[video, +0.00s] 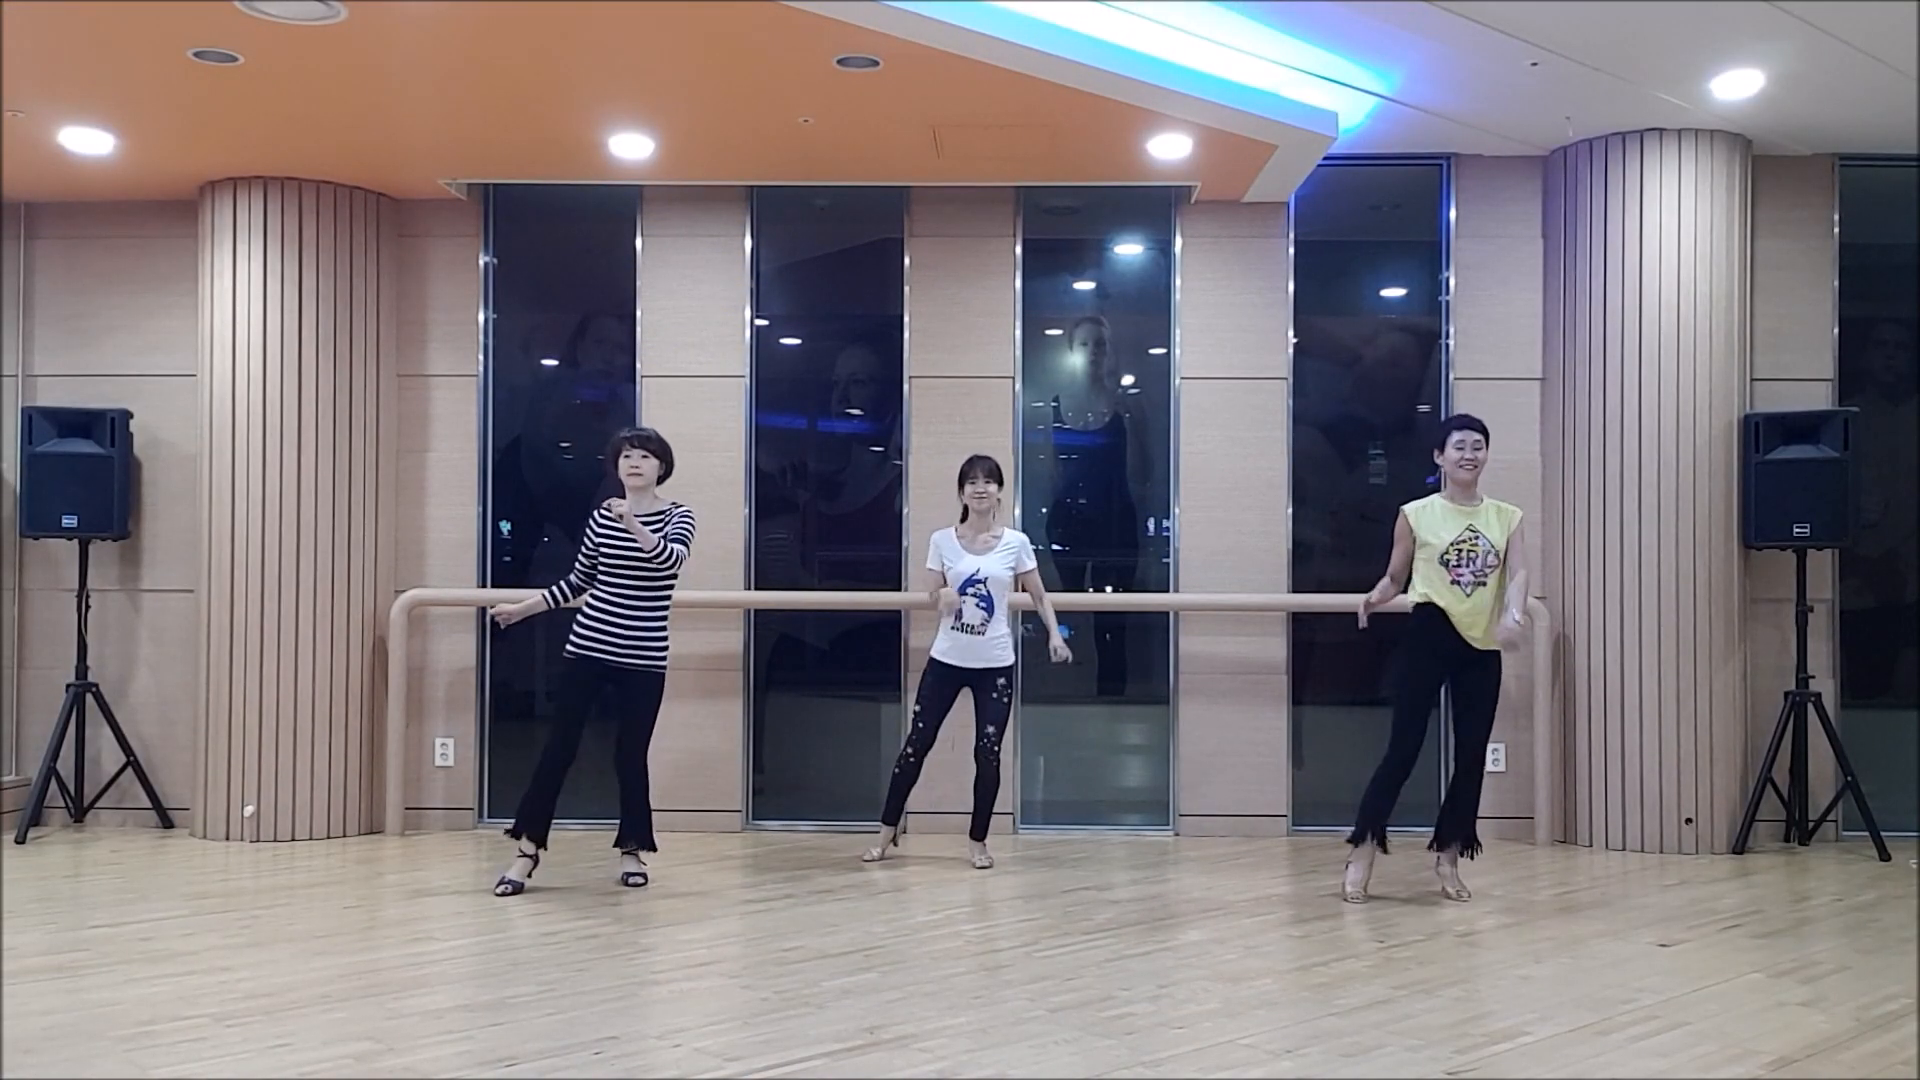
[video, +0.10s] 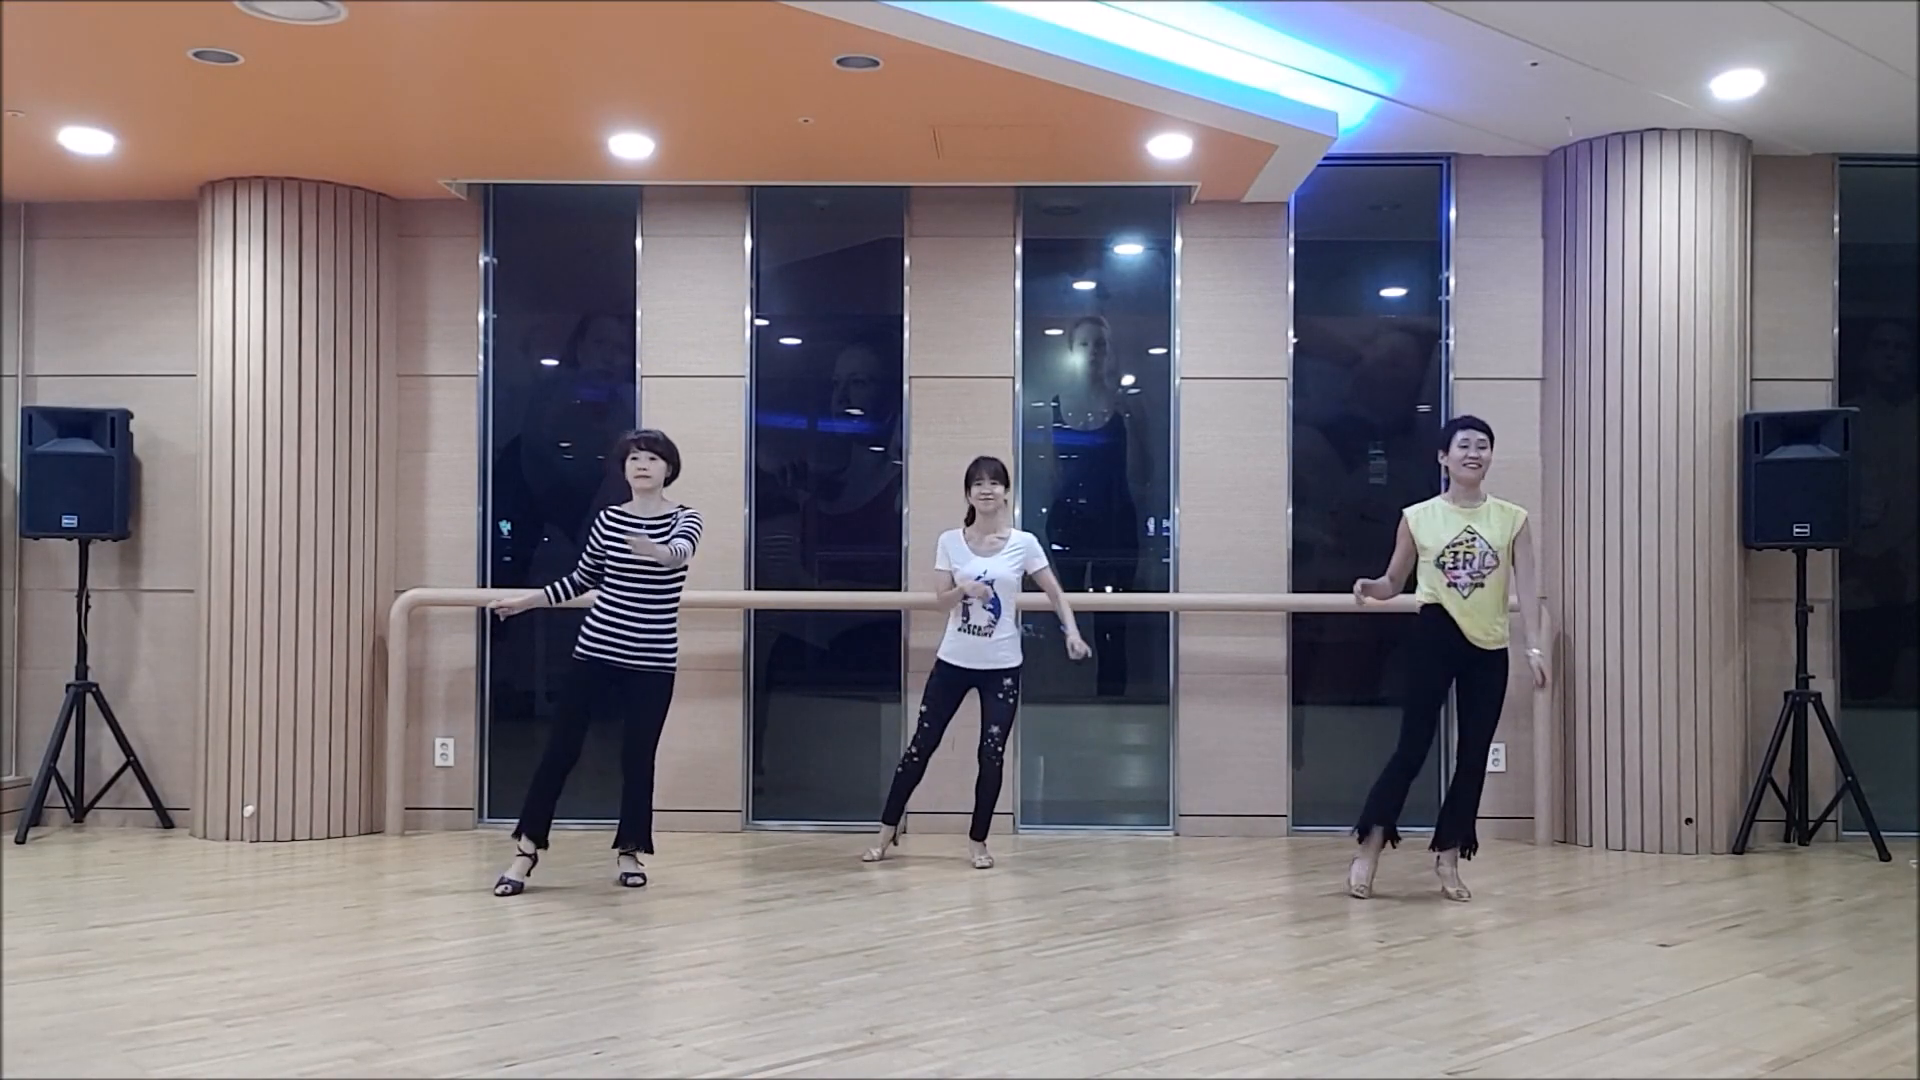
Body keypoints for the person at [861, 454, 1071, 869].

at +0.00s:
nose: (981, 488)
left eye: (988, 482)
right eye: (973, 482)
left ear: (1000, 490)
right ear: (961, 490)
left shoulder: (1016, 543)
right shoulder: (943, 540)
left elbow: (1039, 595)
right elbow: (932, 599)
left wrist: (1055, 634)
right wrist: (944, 597)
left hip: (996, 664)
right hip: (947, 659)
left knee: (988, 752)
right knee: (915, 745)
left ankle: (978, 841)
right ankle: (888, 831)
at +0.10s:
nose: (987, 489)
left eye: (995, 483)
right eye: (979, 483)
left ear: (1007, 490)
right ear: (968, 493)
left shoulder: (1024, 544)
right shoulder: (951, 541)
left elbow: (1055, 592)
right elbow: (941, 600)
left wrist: (1072, 632)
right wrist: (963, 589)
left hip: (1002, 665)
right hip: (954, 660)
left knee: (992, 754)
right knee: (920, 746)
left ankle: (978, 842)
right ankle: (888, 832)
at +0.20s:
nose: (995, 490)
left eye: (1002, 484)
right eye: (987, 484)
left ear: (1015, 492)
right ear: (976, 492)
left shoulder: (1031, 541)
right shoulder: (961, 540)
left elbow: (1069, 592)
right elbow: (957, 595)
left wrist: (1105, 636)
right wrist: (989, 578)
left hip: (1015, 662)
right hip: (968, 658)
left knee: (998, 754)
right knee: (929, 744)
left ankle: (978, 840)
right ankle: (909, 822)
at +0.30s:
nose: (1007, 491)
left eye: (1015, 484)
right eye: (999, 485)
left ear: (1026, 492)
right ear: (988, 493)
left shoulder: (1043, 543)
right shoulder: (972, 539)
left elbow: (1079, 592)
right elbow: (980, 589)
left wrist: (1115, 637)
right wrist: (1028, 575)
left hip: (1026, 663)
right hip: (981, 660)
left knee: (1004, 754)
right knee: (954, 747)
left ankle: (980, 841)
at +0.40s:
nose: (1023, 490)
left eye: (1030, 483)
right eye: (1015, 484)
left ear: (1041, 492)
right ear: (1002, 493)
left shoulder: (1058, 541)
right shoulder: (987, 540)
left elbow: (1082, 591)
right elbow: (998, 594)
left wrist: (1101, 633)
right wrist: (1052, 601)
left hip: (1040, 666)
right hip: (995, 664)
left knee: (1017, 753)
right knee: (1002, 754)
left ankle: (984, 837)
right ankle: (1039, 823)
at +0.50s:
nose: (1038, 490)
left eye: (1045, 484)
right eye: (1029, 484)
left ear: (1056, 491)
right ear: (1018, 493)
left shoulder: (1072, 541)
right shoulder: (1005, 540)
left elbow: (1086, 591)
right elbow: (1015, 602)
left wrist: (1093, 628)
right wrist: (1055, 646)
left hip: (1059, 660)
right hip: (1013, 661)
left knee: (1056, 746)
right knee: (1026, 751)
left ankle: (1015, 823)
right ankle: (1047, 831)